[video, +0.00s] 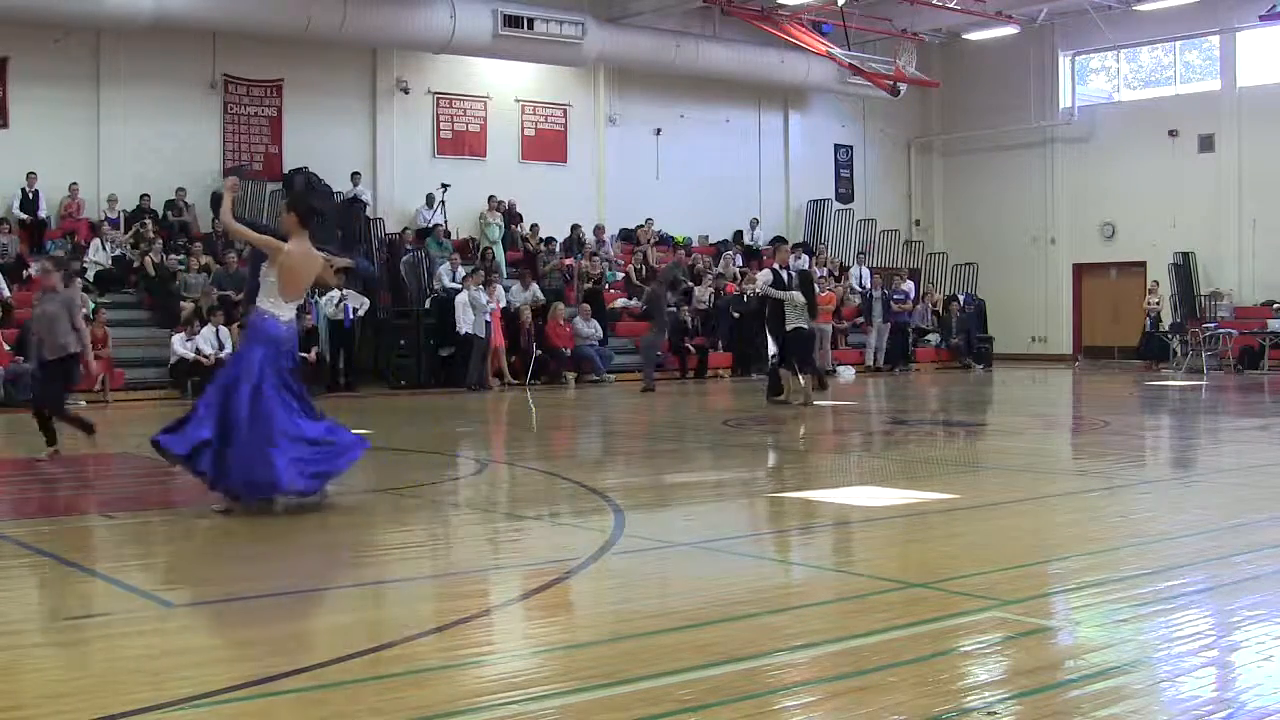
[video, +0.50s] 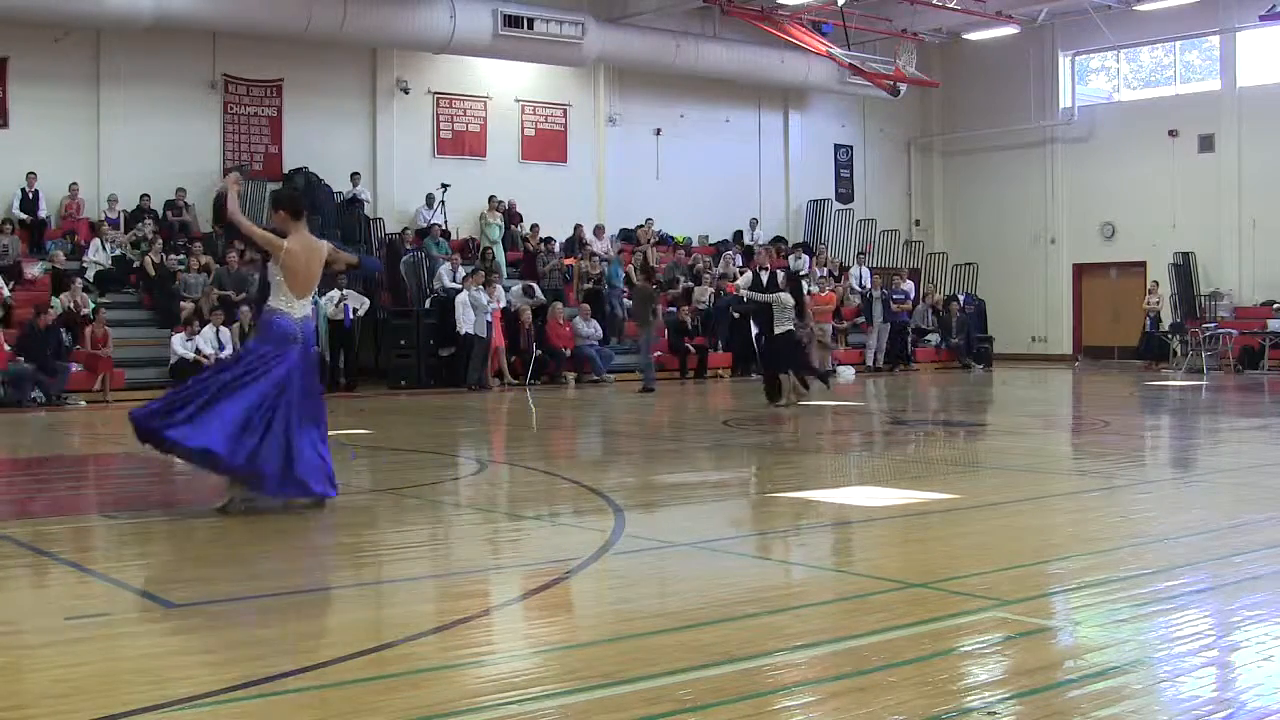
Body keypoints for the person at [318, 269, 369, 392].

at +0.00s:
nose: (339, 282)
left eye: (341, 279)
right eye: (337, 279)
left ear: (345, 281)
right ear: (333, 281)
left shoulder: (350, 294)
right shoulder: (328, 297)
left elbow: (366, 302)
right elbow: (329, 314)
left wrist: (359, 313)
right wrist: (338, 304)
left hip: (348, 323)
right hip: (334, 324)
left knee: (349, 355)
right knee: (335, 355)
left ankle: (349, 381)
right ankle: (334, 382)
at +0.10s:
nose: (342, 282)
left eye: (344, 279)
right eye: (340, 279)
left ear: (347, 281)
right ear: (335, 281)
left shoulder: (351, 294)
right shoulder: (329, 296)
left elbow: (366, 302)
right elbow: (329, 314)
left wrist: (359, 313)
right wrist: (338, 304)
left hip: (349, 322)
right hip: (335, 323)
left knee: (350, 354)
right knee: (334, 354)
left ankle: (350, 382)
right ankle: (334, 382)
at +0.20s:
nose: (342, 282)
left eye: (344, 279)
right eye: (340, 279)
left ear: (347, 281)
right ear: (336, 281)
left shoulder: (350, 293)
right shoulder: (329, 296)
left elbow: (366, 302)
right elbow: (329, 313)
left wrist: (359, 312)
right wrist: (338, 303)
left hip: (348, 323)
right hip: (335, 323)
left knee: (349, 354)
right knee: (334, 355)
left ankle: (350, 382)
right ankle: (334, 383)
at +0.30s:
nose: (342, 282)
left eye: (344, 280)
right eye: (340, 280)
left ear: (347, 281)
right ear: (336, 281)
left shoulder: (351, 294)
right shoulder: (329, 296)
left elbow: (366, 302)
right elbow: (330, 314)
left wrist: (359, 312)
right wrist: (338, 303)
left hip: (349, 322)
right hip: (335, 323)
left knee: (350, 354)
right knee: (335, 354)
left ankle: (350, 382)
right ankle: (334, 382)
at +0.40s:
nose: (342, 282)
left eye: (344, 280)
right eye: (340, 280)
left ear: (346, 281)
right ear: (335, 281)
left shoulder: (350, 294)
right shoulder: (329, 296)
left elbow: (366, 302)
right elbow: (329, 314)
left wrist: (359, 313)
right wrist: (338, 303)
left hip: (349, 322)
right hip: (334, 323)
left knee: (350, 354)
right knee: (334, 355)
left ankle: (350, 382)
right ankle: (334, 383)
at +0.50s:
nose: (342, 282)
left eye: (344, 279)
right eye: (340, 280)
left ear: (347, 281)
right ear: (336, 281)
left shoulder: (351, 294)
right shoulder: (330, 296)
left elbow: (366, 302)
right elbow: (329, 313)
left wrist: (359, 313)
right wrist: (337, 304)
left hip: (349, 322)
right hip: (334, 322)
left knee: (350, 354)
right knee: (334, 355)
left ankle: (350, 382)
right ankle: (334, 382)